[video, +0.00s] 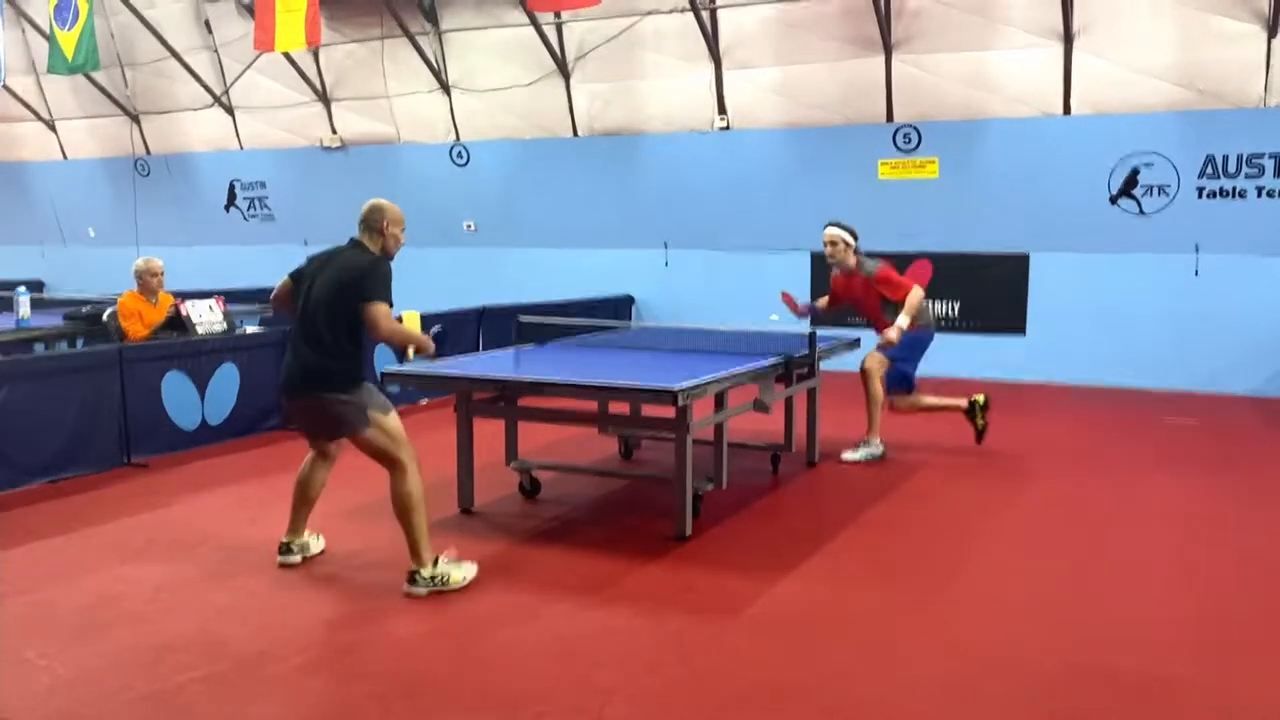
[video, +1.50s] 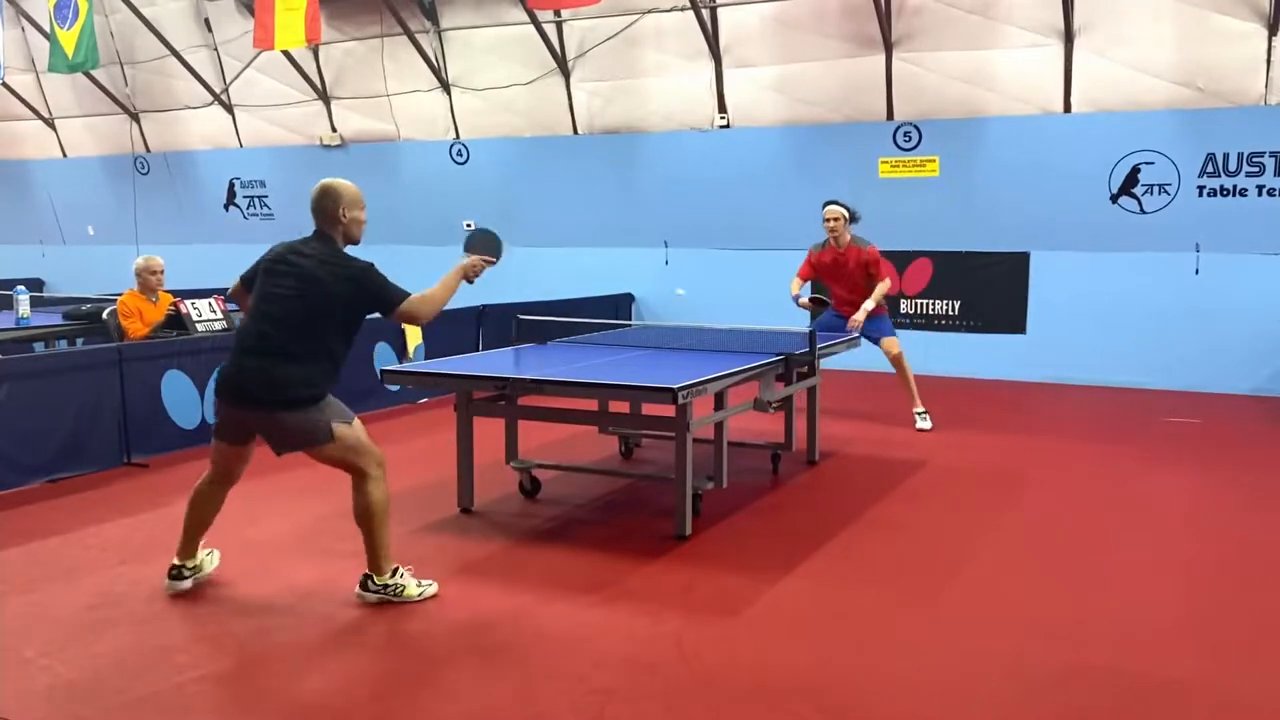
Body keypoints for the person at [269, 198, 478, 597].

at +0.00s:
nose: (402, 240)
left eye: (402, 232)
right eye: (400, 232)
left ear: (364, 229)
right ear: (383, 231)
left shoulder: (324, 258)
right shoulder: (374, 266)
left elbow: (280, 298)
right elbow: (382, 326)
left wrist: (320, 319)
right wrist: (417, 339)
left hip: (297, 381)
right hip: (339, 385)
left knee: (324, 450)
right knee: (402, 460)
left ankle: (293, 540)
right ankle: (425, 567)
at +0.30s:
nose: (419, 238)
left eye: (420, 230)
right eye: (416, 230)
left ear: (381, 224)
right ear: (396, 226)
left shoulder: (331, 250)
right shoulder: (405, 269)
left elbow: (279, 276)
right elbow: (452, 320)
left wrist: (291, 273)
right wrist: (506, 349)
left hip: (318, 380)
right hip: (371, 380)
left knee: (301, 455)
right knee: (442, 439)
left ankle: (269, 542)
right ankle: (436, 537)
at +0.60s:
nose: (487, 256)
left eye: (486, 248)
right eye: (483, 248)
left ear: (452, 244)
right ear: (464, 248)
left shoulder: (404, 266)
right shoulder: (480, 290)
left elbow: (357, 281)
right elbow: (537, 314)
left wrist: (295, 289)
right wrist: (590, 319)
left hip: (372, 382)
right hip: (430, 391)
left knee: (320, 449)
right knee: (480, 442)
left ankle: (277, 536)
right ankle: (501, 529)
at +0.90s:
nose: (436, 240)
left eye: (436, 233)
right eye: (433, 233)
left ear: (396, 232)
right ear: (417, 233)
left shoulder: (351, 263)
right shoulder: (427, 277)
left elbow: (299, 291)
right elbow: (463, 327)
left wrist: (299, 310)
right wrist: (517, 330)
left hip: (341, 385)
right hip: (398, 390)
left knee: (310, 461)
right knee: (451, 456)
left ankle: (286, 550)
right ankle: (497, 529)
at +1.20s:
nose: (396, 248)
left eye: (397, 240)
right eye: (392, 239)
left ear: (359, 239)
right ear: (368, 238)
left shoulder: (311, 265)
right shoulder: (357, 285)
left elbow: (260, 295)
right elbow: (350, 348)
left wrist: (252, 322)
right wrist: (397, 378)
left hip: (270, 395)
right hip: (314, 400)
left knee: (253, 473)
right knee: (392, 460)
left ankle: (189, 553)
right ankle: (383, 571)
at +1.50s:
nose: (365, 219)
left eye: (364, 211)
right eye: (360, 211)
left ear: (321, 216)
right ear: (342, 217)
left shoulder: (280, 255)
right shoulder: (357, 274)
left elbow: (239, 293)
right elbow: (419, 312)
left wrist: (277, 317)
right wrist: (461, 272)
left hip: (237, 390)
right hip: (295, 399)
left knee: (220, 473)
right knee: (370, 465)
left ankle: (183, 563)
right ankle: (382, 576)